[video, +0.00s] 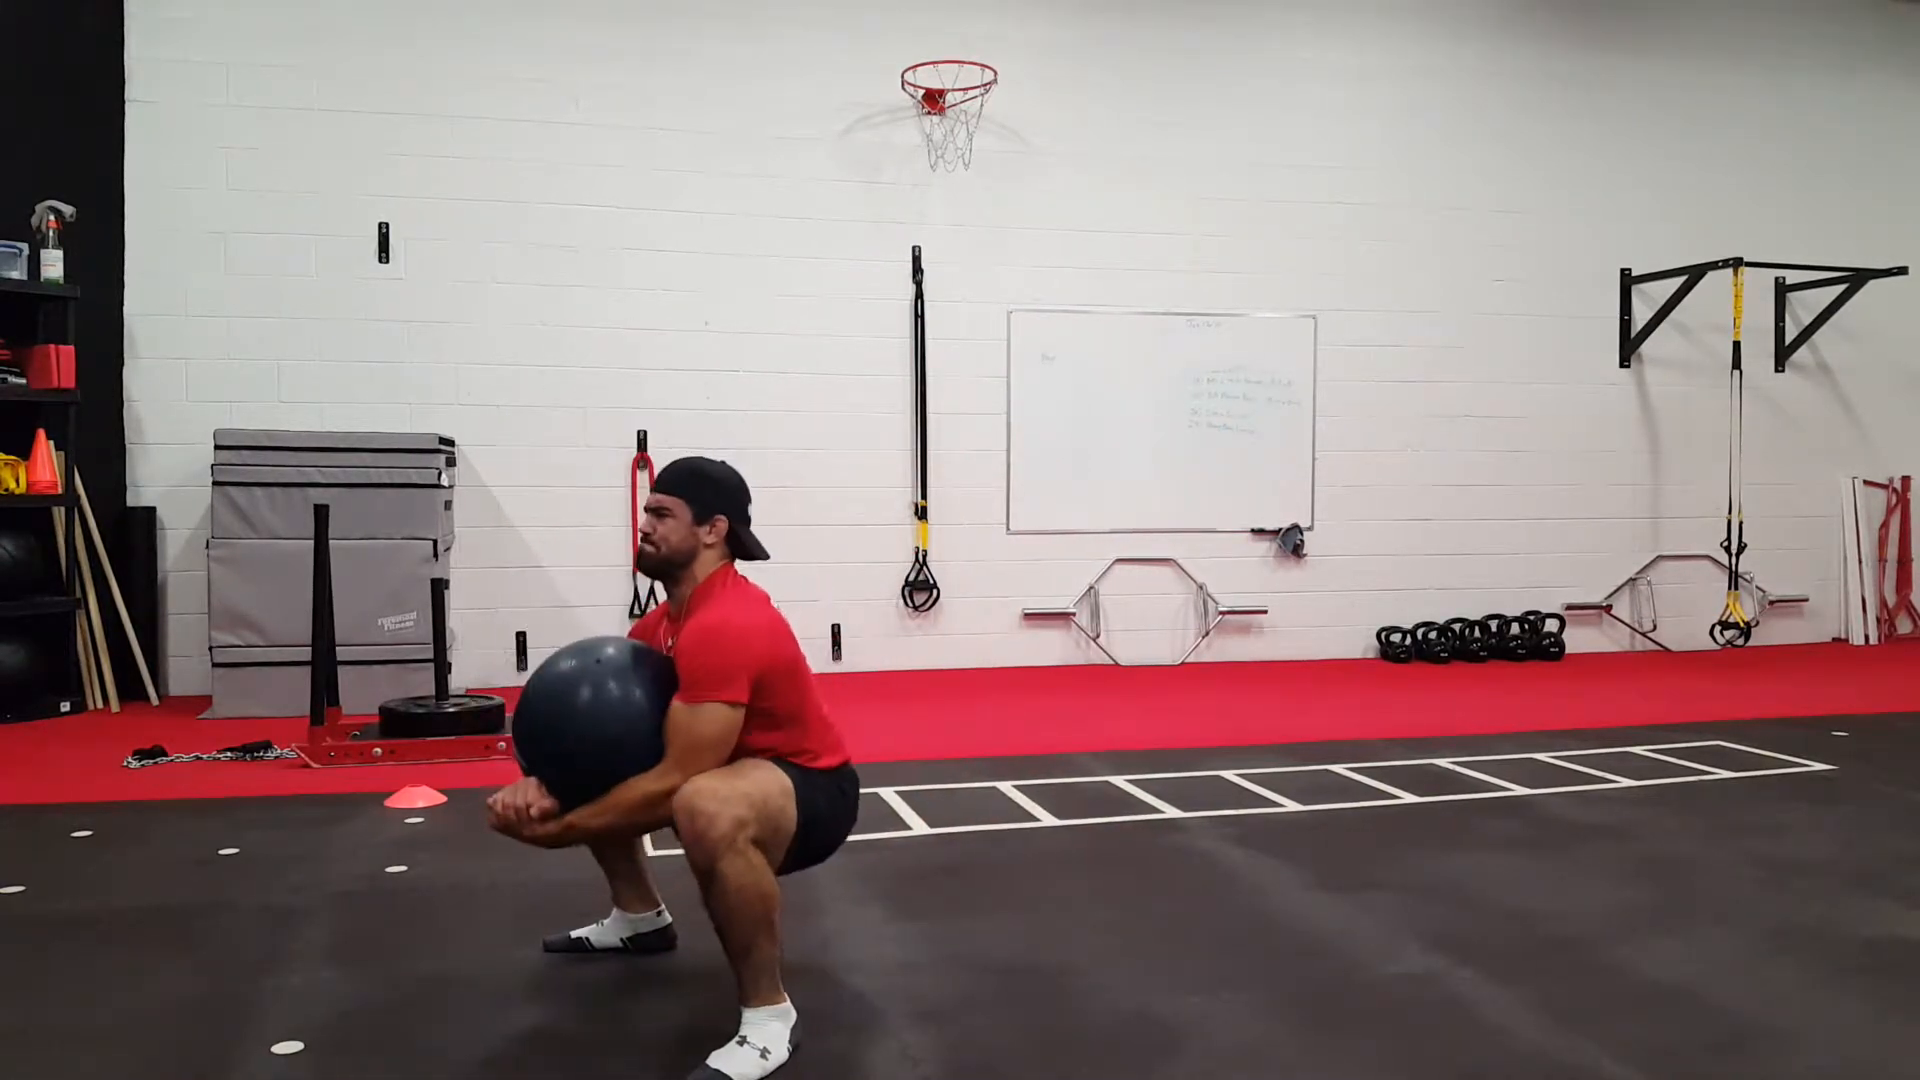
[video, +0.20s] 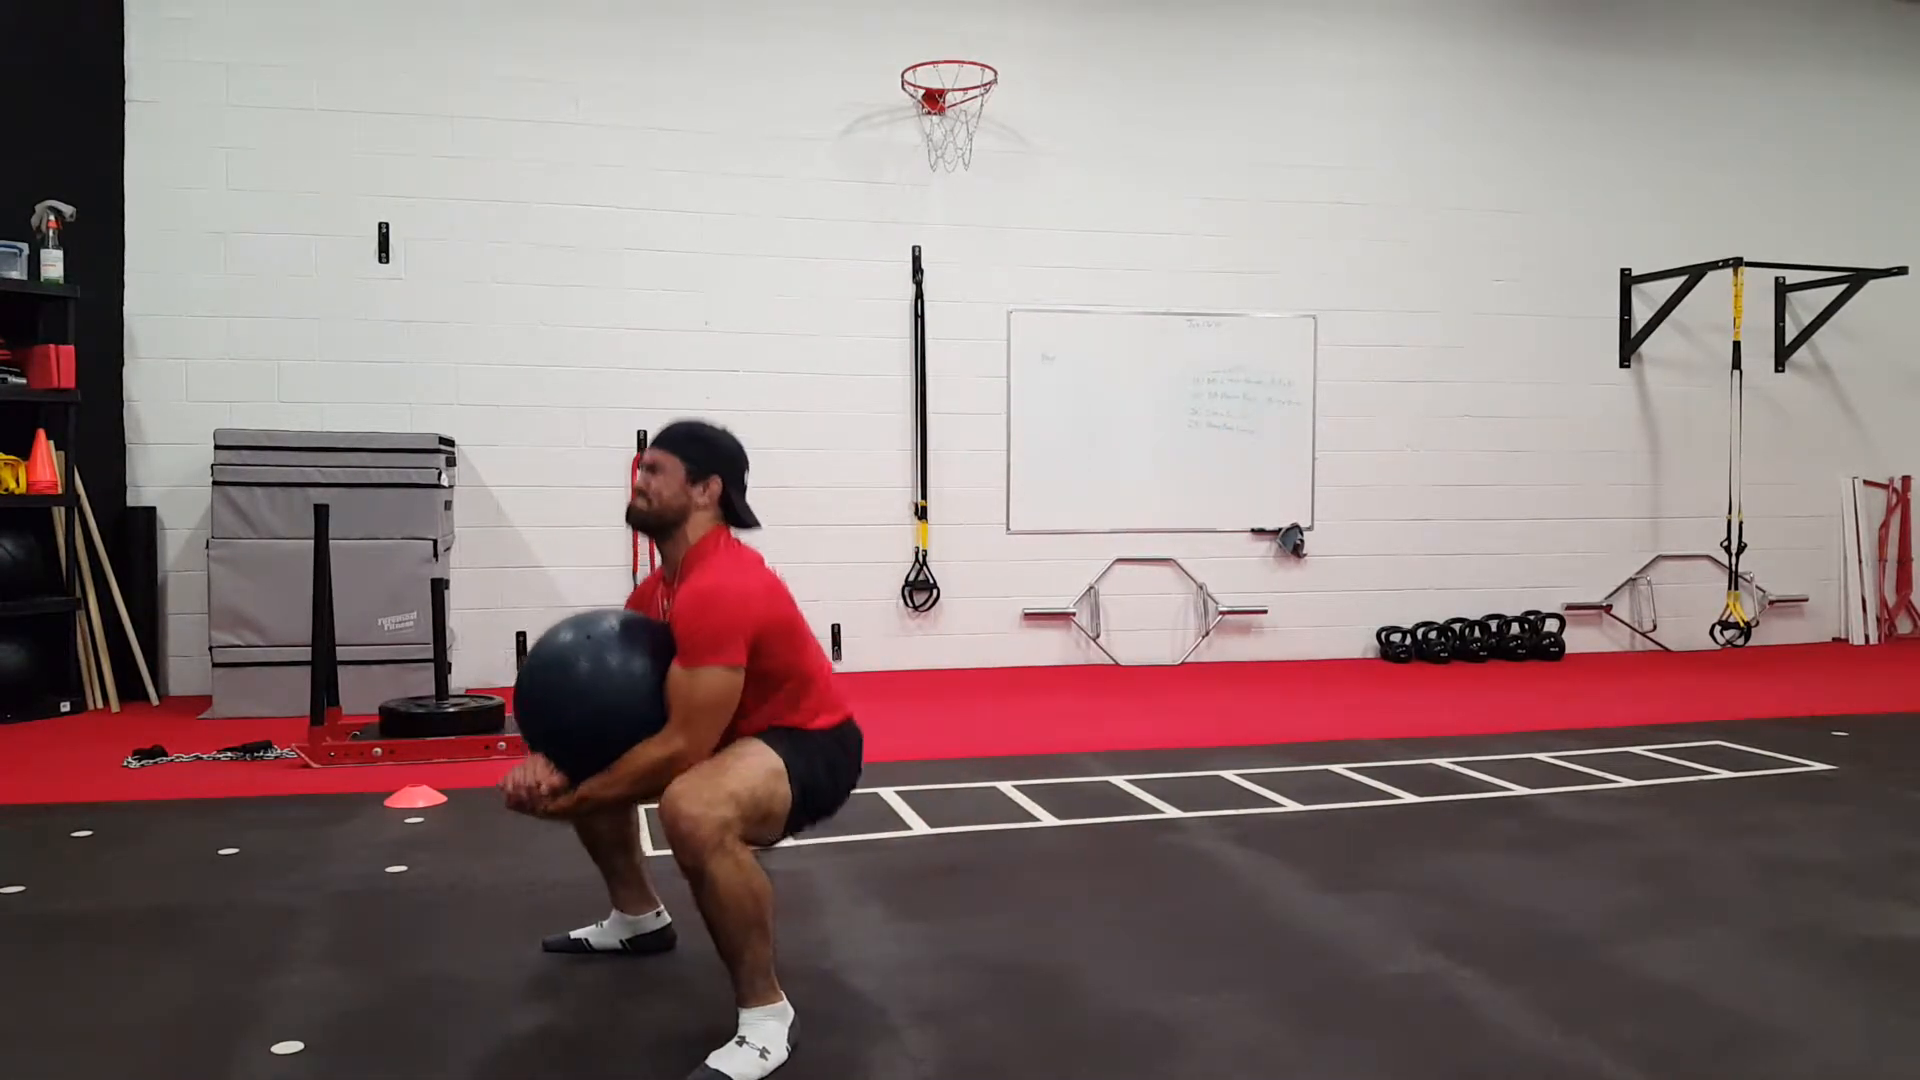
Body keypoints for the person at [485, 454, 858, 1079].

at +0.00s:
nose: (644, 524)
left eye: (662, 514)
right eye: (646, 512)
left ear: (713, 532)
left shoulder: (727, 624)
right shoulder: (658, 622)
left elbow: (680, 781)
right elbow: (591, 717)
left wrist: (552, 832)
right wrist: (546, 787)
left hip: (812, 781)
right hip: (721, 767)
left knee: (707, 808)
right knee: (589, 757)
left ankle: (767, 1014)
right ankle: (638, 912)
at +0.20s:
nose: (636, 481)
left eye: (654, 471)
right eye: (639, 469)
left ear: (706, 492)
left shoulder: (724, 588)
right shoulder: (654, 590)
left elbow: (687, 745)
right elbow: (601, 693)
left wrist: (573, 799)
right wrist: (551, 758)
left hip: (809, 738)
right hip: (724, 735)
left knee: (694, 809)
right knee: (584, 756)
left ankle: (766, 1015)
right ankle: (638, 913)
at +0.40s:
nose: (664, 388)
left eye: (681, 377)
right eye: (669, 376)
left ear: (729, 400)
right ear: (711, 403)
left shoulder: (740, 491)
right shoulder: (680, 499)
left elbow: (686, 643)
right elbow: (617, 595)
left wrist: (568, 678)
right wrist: (555, 654)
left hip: (800, 677)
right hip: (720, 676)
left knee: (687, 809)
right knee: (572, 747)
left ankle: (765, 1014)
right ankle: (638, 914)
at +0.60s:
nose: (768, 275)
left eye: (790, 271)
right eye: (780, 267)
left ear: (820, 310)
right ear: (804, 307)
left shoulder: (792, 366)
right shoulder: (764, 368)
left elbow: (673, 464)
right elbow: (683, 450)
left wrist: (560, 456)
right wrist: (588, 440)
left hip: (760, 595)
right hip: (702, 590)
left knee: (673, 797)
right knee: (579, 747)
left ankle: (764, 1008)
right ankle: (639, 915)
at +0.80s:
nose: (836, 277)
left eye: (853, 290)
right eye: (847, 276)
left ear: (859, 339)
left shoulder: (805, 334)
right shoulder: (721, 339)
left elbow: (682, 236)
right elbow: (590, 294)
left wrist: (635, 162)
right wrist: (597, 181)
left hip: (687, 560)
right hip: (624, 553)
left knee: (673, 792)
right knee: (582, 753)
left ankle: (763, 1007)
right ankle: (639, 917)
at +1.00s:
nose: (783, 285)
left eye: (803, 293)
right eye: (793, 277)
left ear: (821, 347)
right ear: (772, 280)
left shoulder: (776, 373)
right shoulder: (687, 339)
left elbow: (682, 231)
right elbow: (548, 314)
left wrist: (694, 116)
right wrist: (524, 185)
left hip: (653, 587)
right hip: (584, 575)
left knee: (629, 813)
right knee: (553, 774)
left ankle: (756, 1007)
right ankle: (639, 918)